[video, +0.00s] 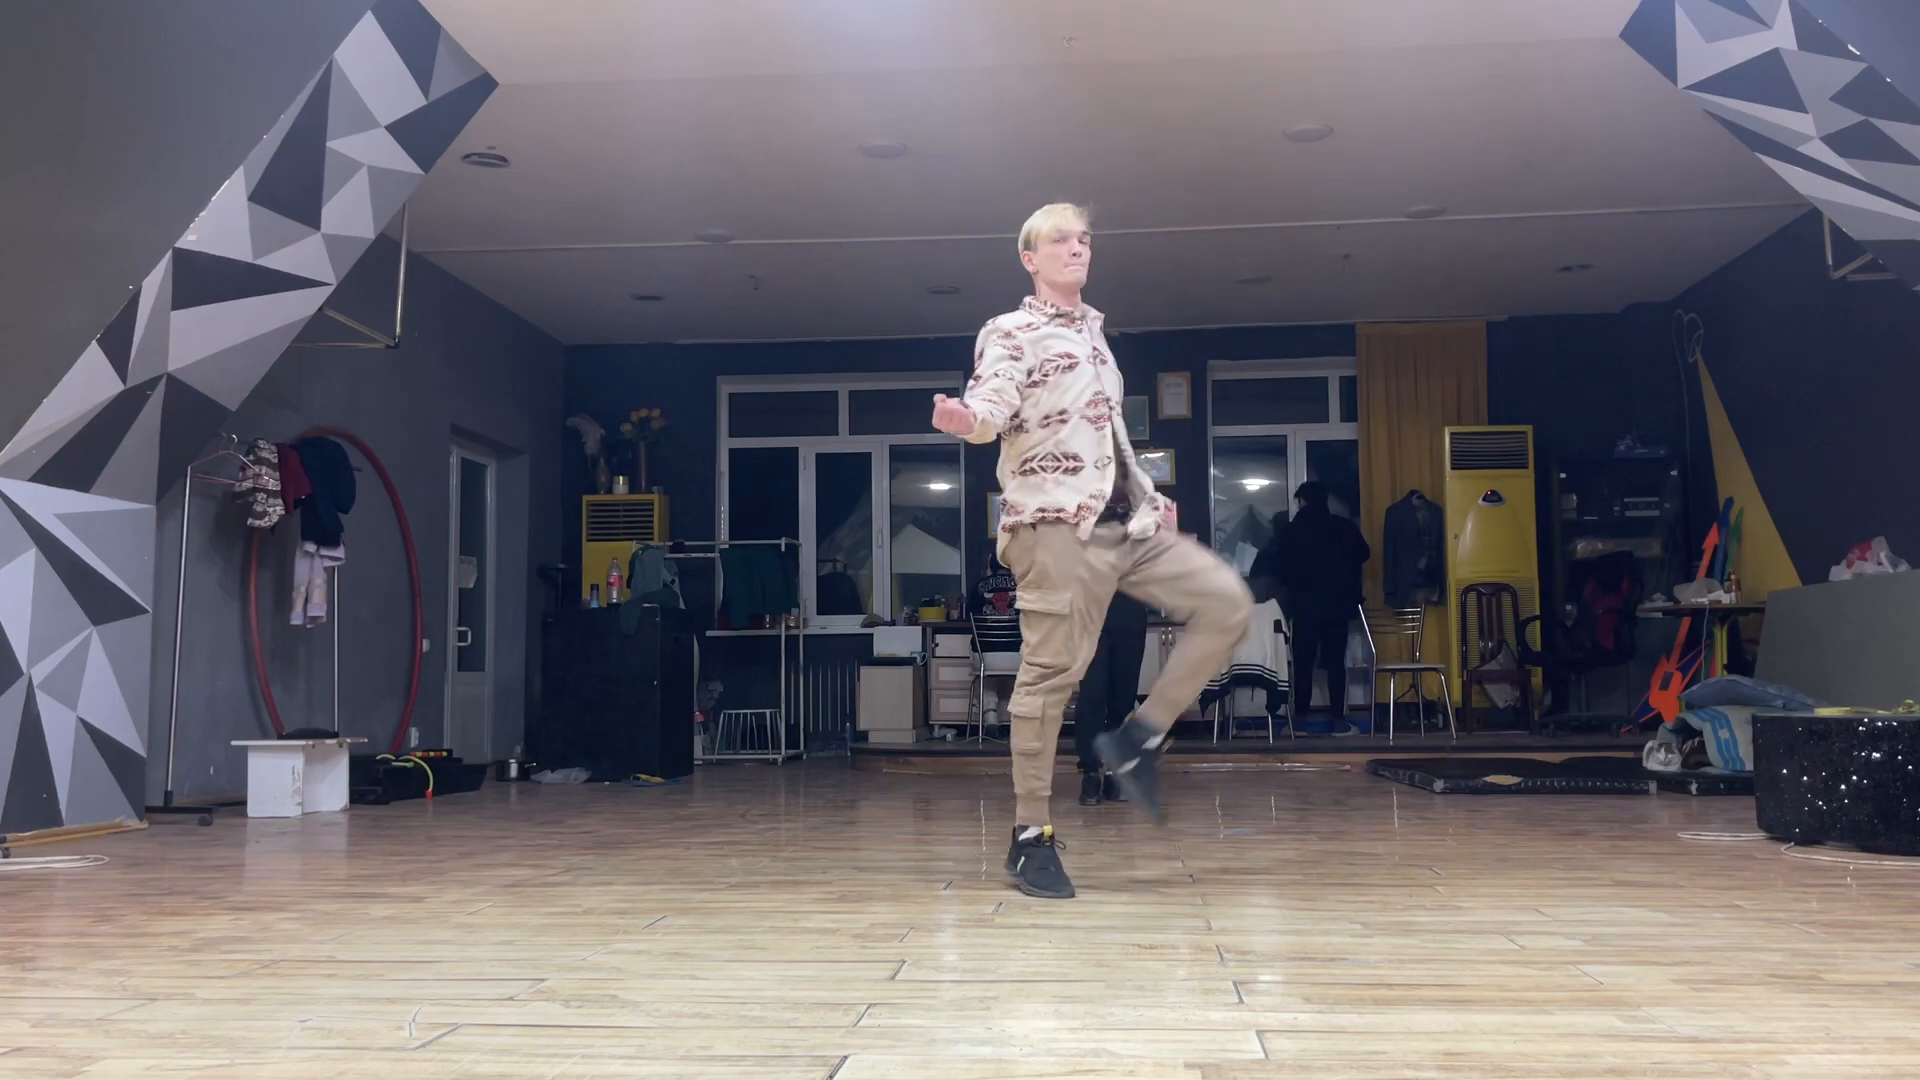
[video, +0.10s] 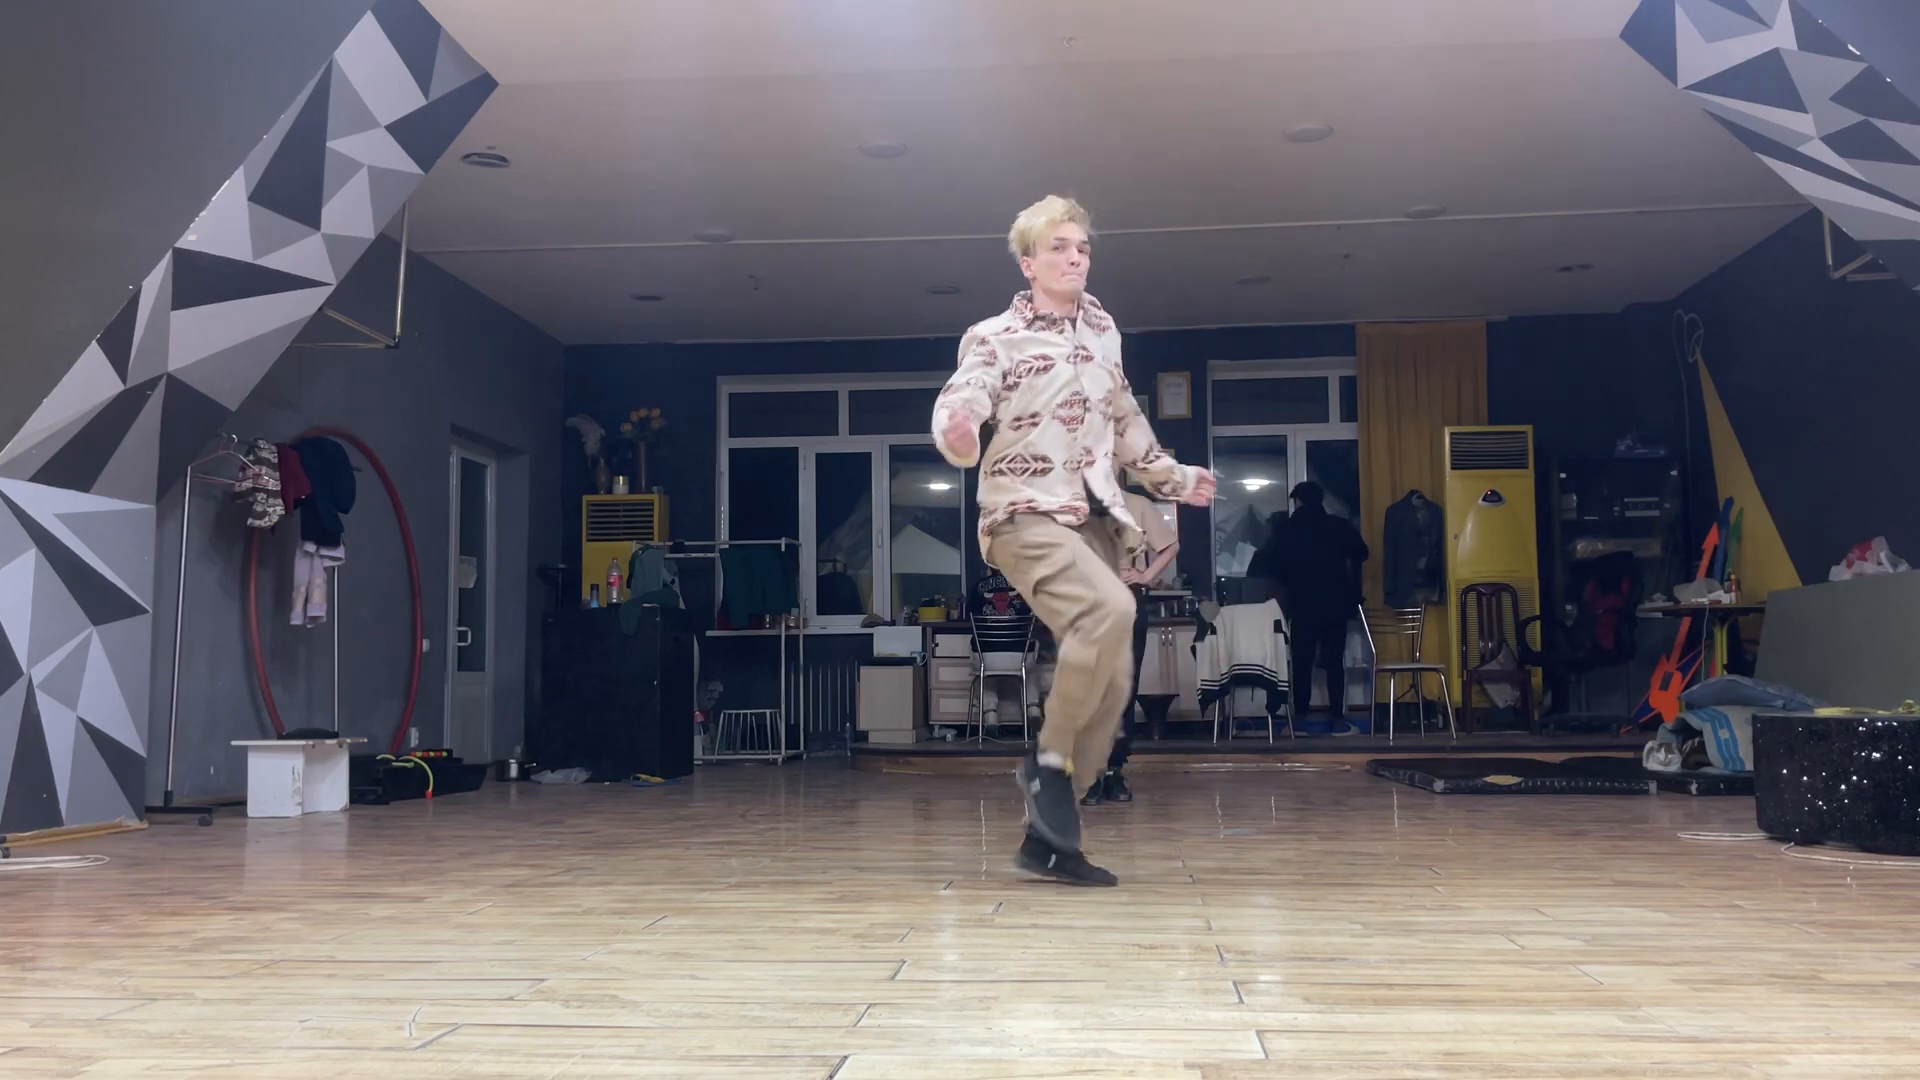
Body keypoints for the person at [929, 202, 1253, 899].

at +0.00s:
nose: (1079, 250)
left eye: (1084, 241)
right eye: (1064, 240)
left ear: (1090, 256)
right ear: (1030, 257)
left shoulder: (1092, 333)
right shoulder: (1011, 333)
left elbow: (1107, 437)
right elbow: (992, 407)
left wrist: (1149, 497)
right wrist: (970, 420)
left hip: (1124, 523)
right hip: (1057, 529)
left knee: (1227, 604)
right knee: (1050, 675)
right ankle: (1031, 837)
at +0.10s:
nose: (1075, 258)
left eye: (1082, 247)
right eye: (1059, 247)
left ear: (1090, 257)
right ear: (1028, 261)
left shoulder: (1101, 334)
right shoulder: (994, 339)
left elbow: (1123, 422)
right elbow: (964, 398)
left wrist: (1168, 476)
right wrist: (960, 429)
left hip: (1095, 518)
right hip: (1022, 515)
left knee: (1111, 670)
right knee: (1108, 608)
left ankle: (1047, 838)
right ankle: (1054, 766)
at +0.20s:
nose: (1091, 285)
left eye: (1097, 275)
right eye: (1076, 274)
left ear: (1104, 289)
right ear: (1043, 286)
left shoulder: (1110, 386)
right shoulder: (1005, 359)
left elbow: (1147, 458)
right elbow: (970, 456)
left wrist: (1223, 485)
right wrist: (1034, 483)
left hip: (1070, 547)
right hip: (997, 534)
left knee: (1097, 689)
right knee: (1081, 617)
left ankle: (1048, 841)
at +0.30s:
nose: (1102, 306)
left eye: (1107, 295)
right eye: (1086, 296)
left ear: (1112, 307)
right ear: (1053, 311)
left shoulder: (1095, 391)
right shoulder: (1035, 368)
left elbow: (1097, 462)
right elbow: (1047, 428)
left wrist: (1148, 451)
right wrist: (1136, 421)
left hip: (1032, 568)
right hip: (974, 555)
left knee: (1076, 687)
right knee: (955, 712)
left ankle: (1046, 841)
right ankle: (831, 781)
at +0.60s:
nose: (1040, 289)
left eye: (1049, 278)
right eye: (1026, 277)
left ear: (1059, 289)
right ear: (998, 288)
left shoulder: (1060, 373)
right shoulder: (978, 360)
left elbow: (1094, 452)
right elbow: (993, 449)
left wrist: (1167, 486)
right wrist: (1076, 487)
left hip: (1046, 554)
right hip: (984, 546)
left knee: (1080, 693)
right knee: (1021, 685)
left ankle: (1023, 840)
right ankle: (909, 790)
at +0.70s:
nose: (1014, 293)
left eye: (1024, 283)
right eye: (1001, 281)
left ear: (1036, 293)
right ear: (975, 290)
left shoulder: (1054, 377)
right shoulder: (948, 370)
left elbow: (1098, 448)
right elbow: (905, 445)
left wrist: (1157, 488)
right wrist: (883, 442)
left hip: (1067, 537)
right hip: (1016, 537)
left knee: (1076, 696)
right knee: (1120, 632)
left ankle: (1023, 837)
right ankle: (1157, 817)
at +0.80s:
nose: (1003, 323)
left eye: (1012, 314)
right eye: (990, 310)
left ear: (1017, 320)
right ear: (957, 313)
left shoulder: (1033, 383)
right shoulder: (926, 398)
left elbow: (1091, 444)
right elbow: (850, 409)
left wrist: (1122, 448)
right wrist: (776, 350)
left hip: (1099, 539)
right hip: (1055, 549)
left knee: (1105, 697)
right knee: (1173, 660)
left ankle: (1039, 841)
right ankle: (1256, 814)